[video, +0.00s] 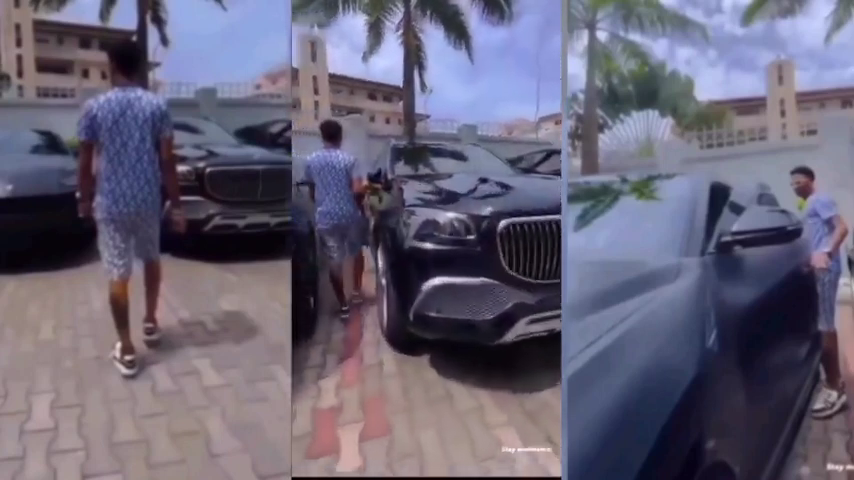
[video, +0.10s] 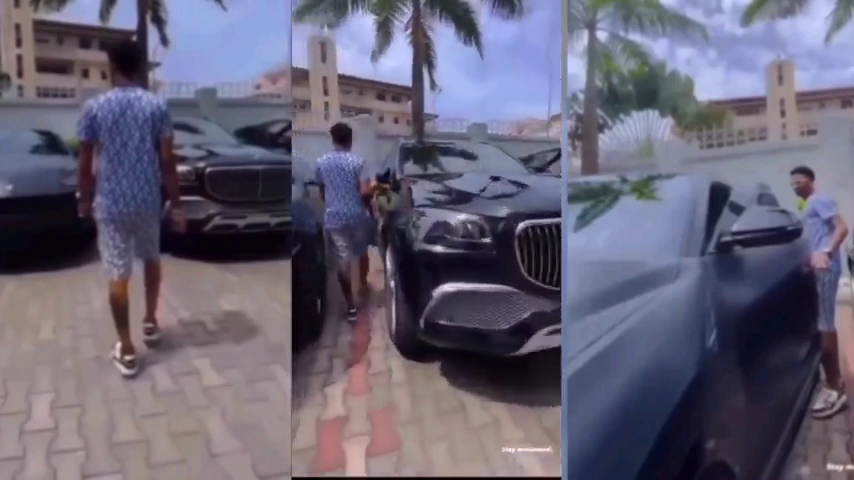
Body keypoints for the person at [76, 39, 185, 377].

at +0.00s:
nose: (110, 71)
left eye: (110, 66)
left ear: (112, 68)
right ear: (142, 67)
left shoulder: (95, 107)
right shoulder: (156, 106)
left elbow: (85, 161)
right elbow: (167, 160)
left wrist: (84, 199)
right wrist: (175, 202)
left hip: (110, 202)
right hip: (147, 200)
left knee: (118, 273)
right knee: (151, 260)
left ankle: (125, 348)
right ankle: (150, 319)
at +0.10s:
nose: (110, 71)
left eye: (110, 66)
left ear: (112, 68)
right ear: (142, 67)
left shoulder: (95, 107)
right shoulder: (156, 106)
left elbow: (85, 161)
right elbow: (167, 160)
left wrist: (84, 199)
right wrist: (175, 202)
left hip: (110, 202)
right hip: (147, 200)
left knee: (118, 273)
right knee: (151, 260)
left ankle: (125, 348)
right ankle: (150, 319)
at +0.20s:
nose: (110, 71)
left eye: (110, 66)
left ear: (112, 68)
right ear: (142, 67)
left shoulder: (95, 107)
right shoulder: (156, 106)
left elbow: (85, 161)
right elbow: (167, 160)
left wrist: (84, 199)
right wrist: (175, 202)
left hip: (110, 202)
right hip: (147, 200)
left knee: (118, 273)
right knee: (151, 260)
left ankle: (125, 348)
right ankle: (150, 319)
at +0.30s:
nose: (110, 71)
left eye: (110, 66)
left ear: (112, 68)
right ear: (142, 67)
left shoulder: (95, 107)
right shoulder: (156, 106)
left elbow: (85, 161)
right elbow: (167, 160)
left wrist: (84, 199)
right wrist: (175, 202)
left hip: (110, 202)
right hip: (147, 200)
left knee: (118, 273)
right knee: (151, 260)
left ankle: (125, 348)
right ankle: (150, 319)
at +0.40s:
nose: (110, 71)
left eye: (110, 66)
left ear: (112, 68)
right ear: (142, 67)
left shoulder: (95, 107)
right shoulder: (156, 106)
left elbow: (85, 161)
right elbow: (167, 160)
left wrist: (84, 199)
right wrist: (175, 202)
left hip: (110, 202)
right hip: (147, 200)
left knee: (118, 273)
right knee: (151, 260)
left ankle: (125, 348)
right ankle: (150, 319)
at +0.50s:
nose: (110, 71)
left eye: (110, 66)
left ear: (112, 68)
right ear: (142, 67)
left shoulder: (95, 107)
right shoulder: (156, 106)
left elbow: (85, 161)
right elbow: (167, 160)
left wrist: (84, 199)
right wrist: (175, 202)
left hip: (110, 202)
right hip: (147, 200)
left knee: (118, 273)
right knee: (151, 260)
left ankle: (125, 348)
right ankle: (150, 319)